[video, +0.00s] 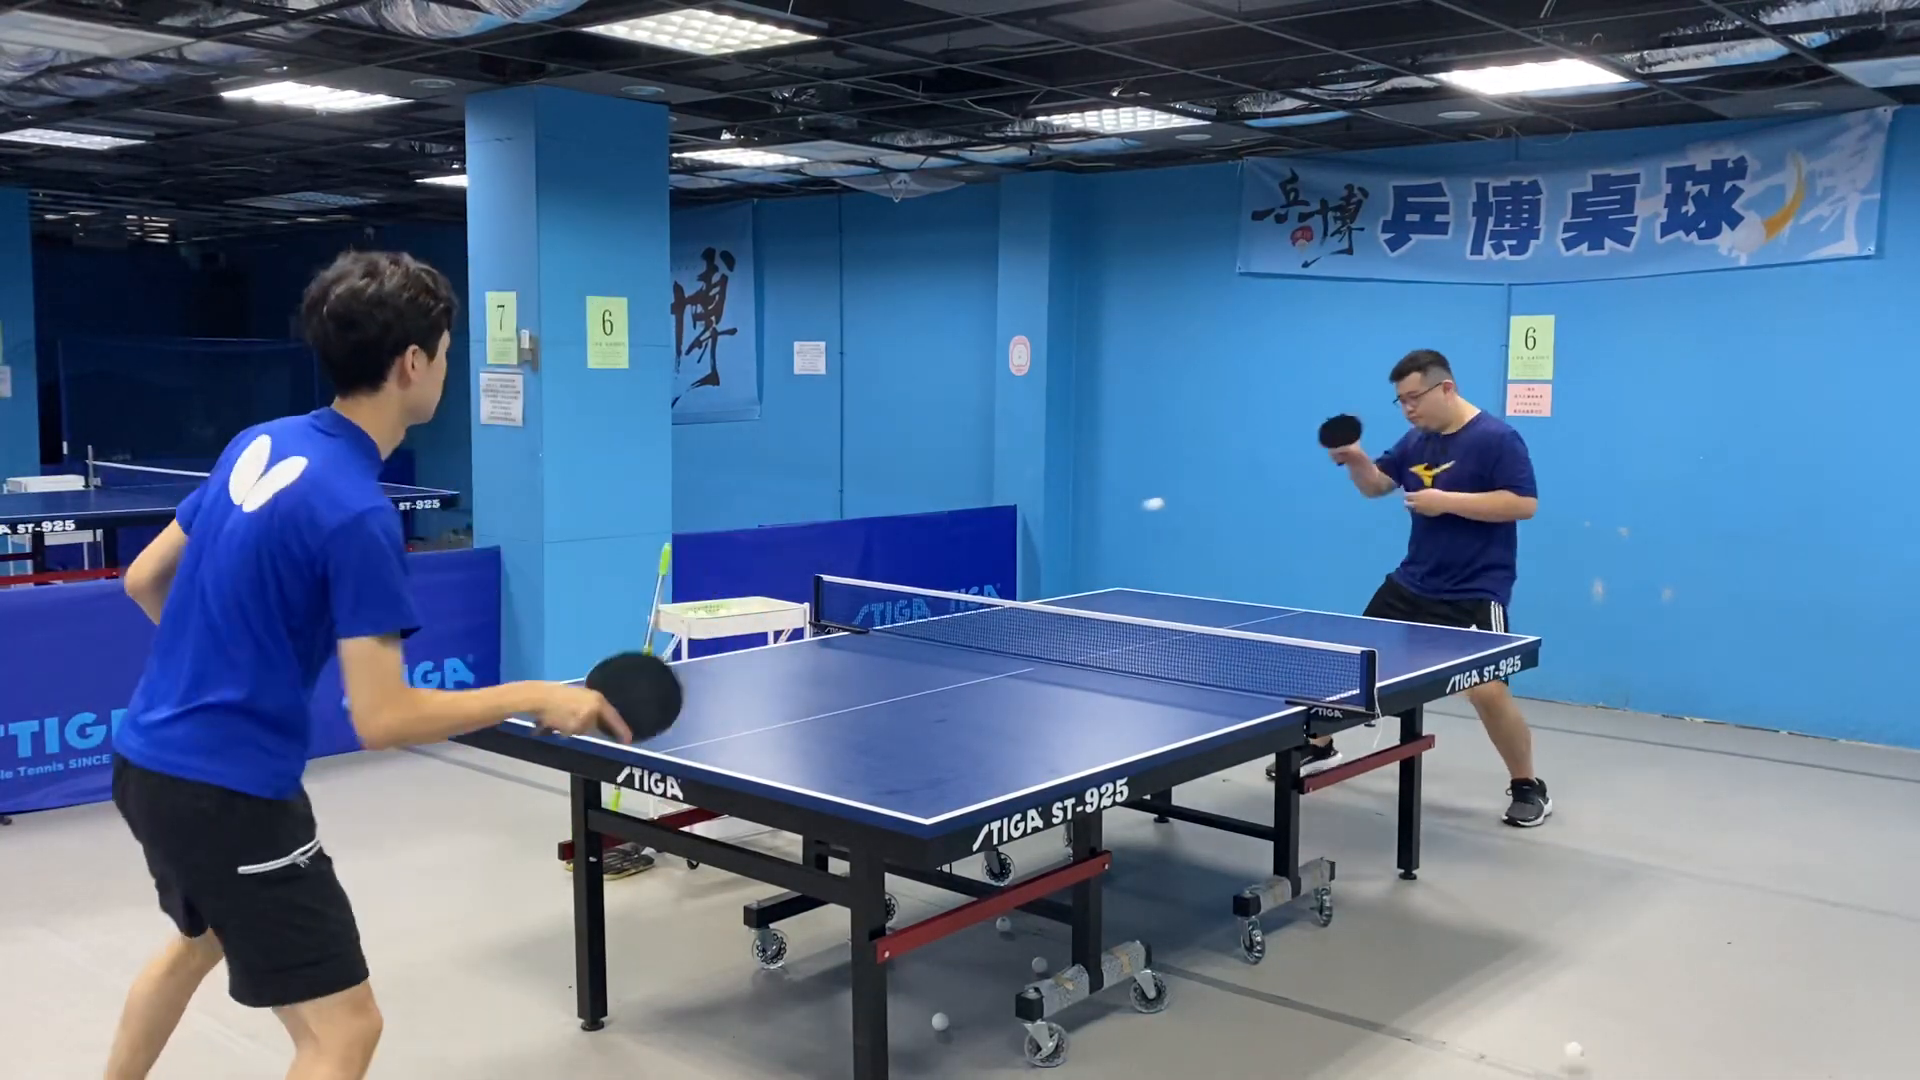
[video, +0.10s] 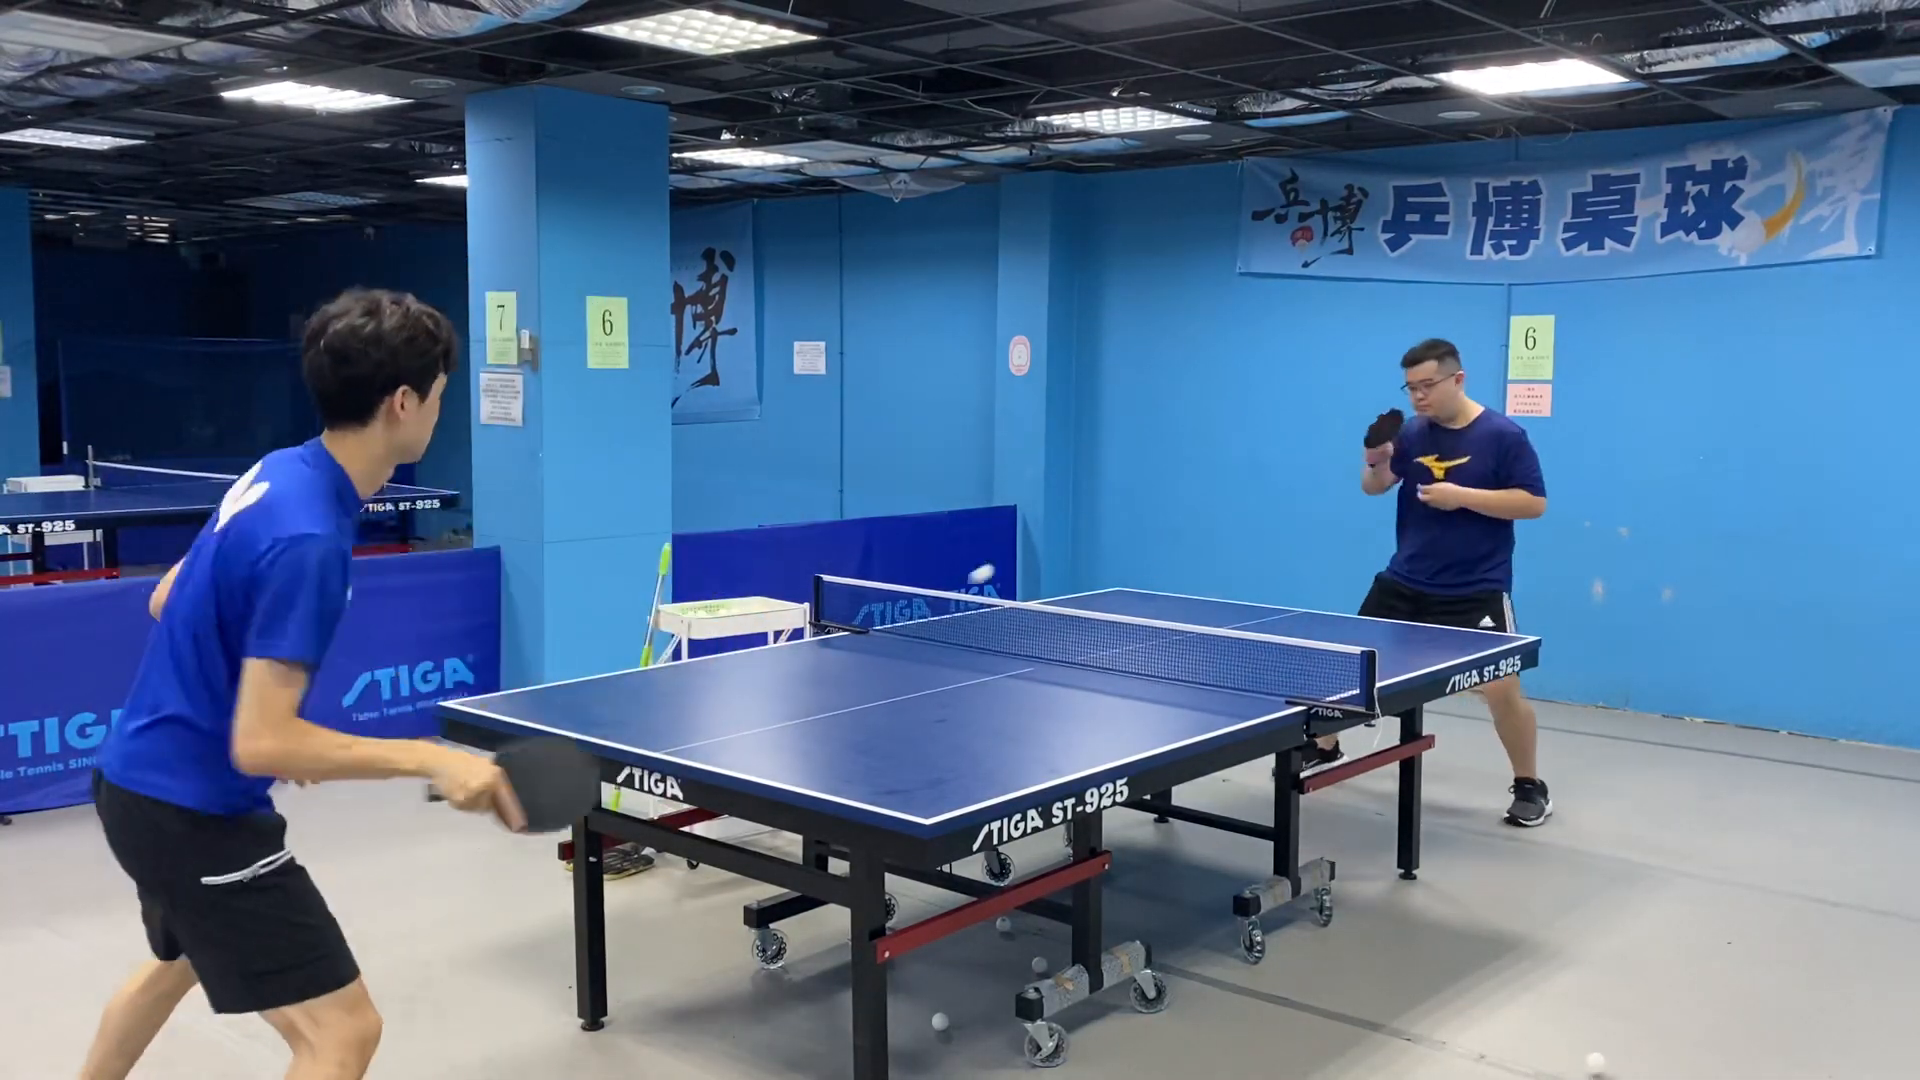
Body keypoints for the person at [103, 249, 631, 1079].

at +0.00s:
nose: (445, 374)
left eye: (445, 354)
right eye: (443, 354)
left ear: (334, 355)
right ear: (408, 365)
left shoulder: (256, 445)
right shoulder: (357, 508)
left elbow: (147, 577)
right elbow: (383, 715)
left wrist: (225, 658)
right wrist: (537, 698)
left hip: (147, 761)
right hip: (233, 790)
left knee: (200, 938)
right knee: (341, 1030)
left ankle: (118, 1073)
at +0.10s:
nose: (438, 410)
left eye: (440, 392)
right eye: (438, 392)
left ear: (339, 393)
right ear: (399, 403)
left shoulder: (278, 474)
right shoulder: (311, 536)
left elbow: (169, 598)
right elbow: (263, 743)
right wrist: (431, 761)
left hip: (139, 778)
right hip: (198, 807)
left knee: (179, 957)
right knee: (341, 1032)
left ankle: (95, 1074)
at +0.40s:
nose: (360, 425)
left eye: (362, 407)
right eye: (360, 406)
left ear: (260, 399)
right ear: (328, 411)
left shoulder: (170, 488)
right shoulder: (294, 550)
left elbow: (66, 626)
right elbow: (433, 704)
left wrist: (150, 697)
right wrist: (481, 659)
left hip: (65, 791)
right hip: (145, 814)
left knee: (143, 958)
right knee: (310, 1027)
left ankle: (71, 1078)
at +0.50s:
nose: (333, 401)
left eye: (332, 382)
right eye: (331, 382)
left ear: (230, 381)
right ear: (303, 390)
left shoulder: (136, 478)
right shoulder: (303, 525)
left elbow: (30, 622)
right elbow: (482, 614)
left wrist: (114, 695)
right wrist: (566, 580)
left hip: (61, 792)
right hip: (157, 810)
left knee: (112, 955)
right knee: (306, 1028)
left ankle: (53, 1076)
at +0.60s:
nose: (312, 380)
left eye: (312, 361)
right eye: (311, 362)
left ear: (208, 368)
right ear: (284, 373)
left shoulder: (118, 471)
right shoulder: (298, 504)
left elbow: (15, 619)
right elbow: (480, 574)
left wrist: (90, 689)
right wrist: (577, 529)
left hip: (64, 789)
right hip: (168, 804)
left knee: (98, 962)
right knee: (306, 1026)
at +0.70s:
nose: (300, 370)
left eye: (298, 352)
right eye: (297, 353)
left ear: (196, 364)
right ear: (269, 368)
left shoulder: (109, 471)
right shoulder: (288, 499)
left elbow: (10, 621)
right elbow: (468, 584)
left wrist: (79, 690)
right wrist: (549, 522)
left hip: (68, 791)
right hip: (176, 804)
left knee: (102, 961)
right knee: (308, 1024)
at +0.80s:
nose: (299, 371)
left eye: (295, 353)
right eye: (294, 354)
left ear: (192, 365)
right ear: (265, 368)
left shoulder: (108, 472)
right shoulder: (279, 503)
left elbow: (14, 624)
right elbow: (444, 622)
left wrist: (87, 690)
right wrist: (515, 550)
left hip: (68, 792)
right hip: (176, 806)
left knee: (105, 963)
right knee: (308, 1024)